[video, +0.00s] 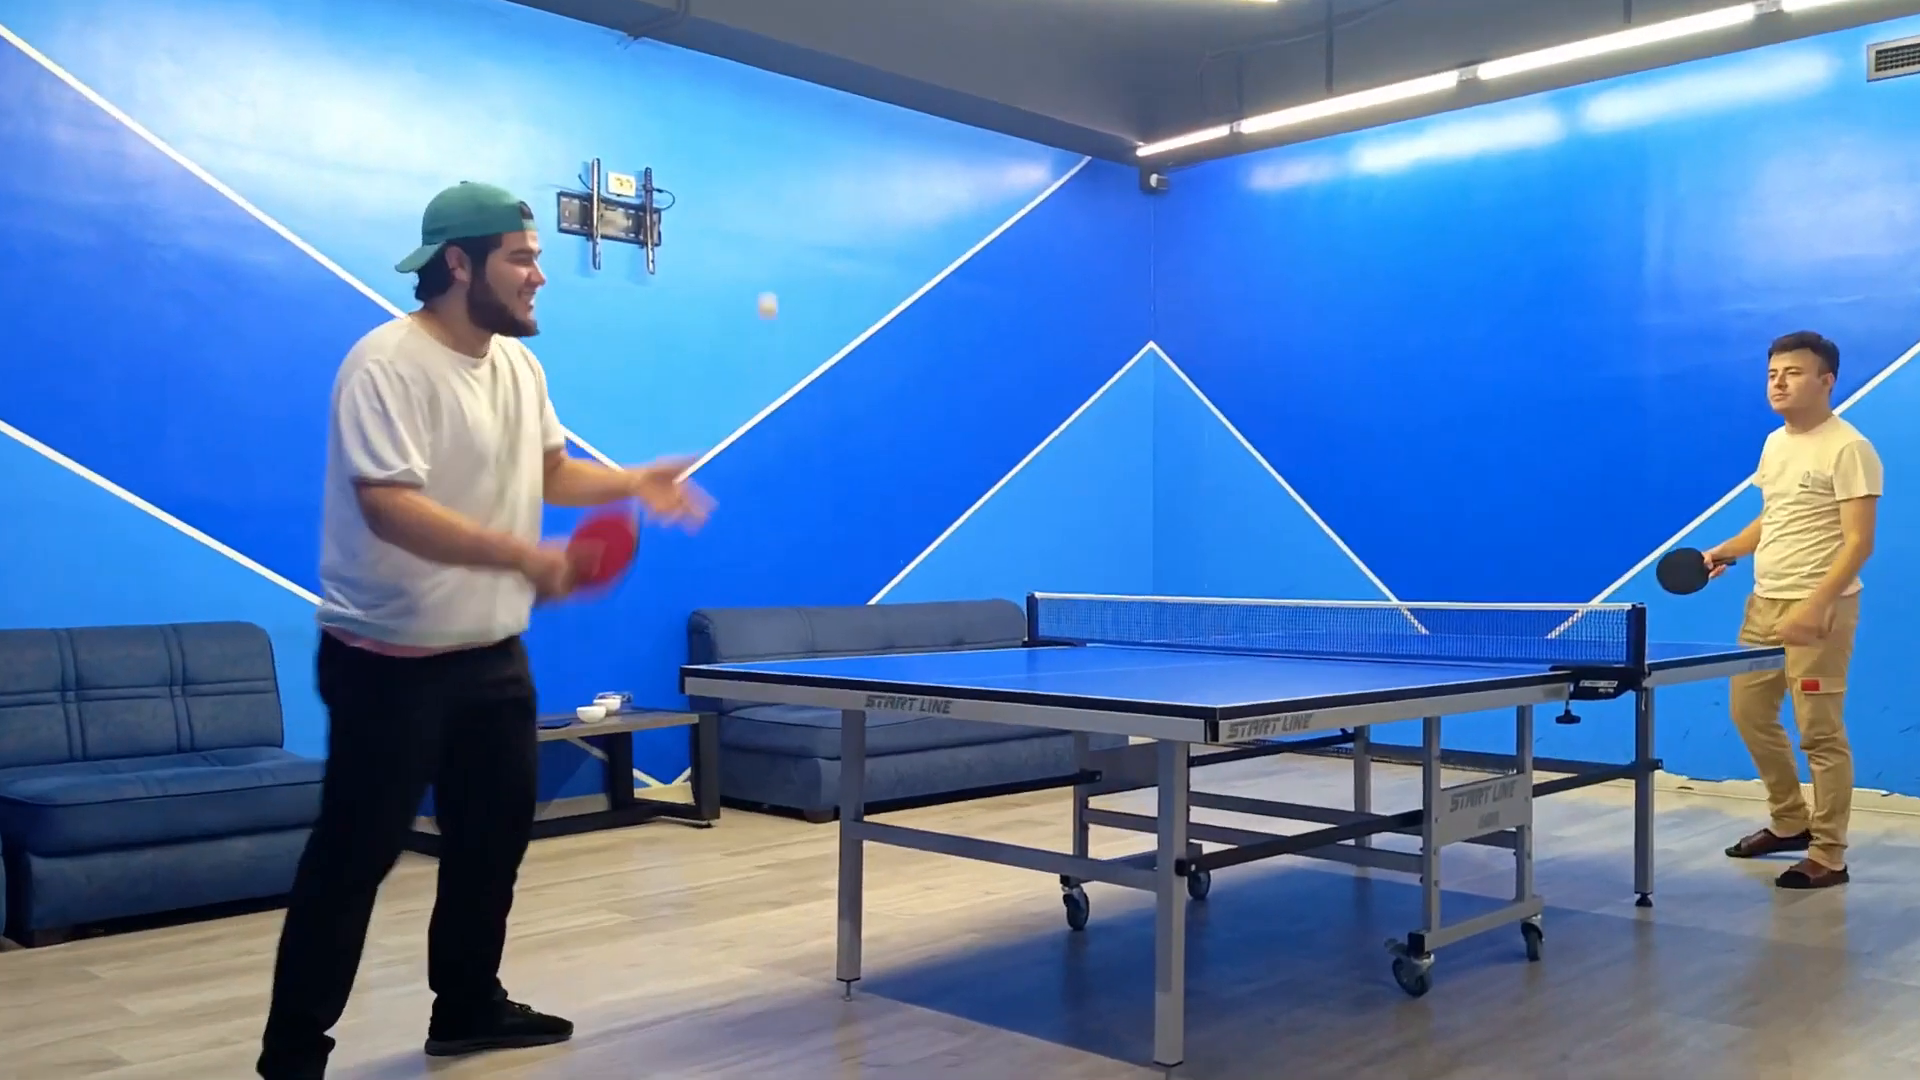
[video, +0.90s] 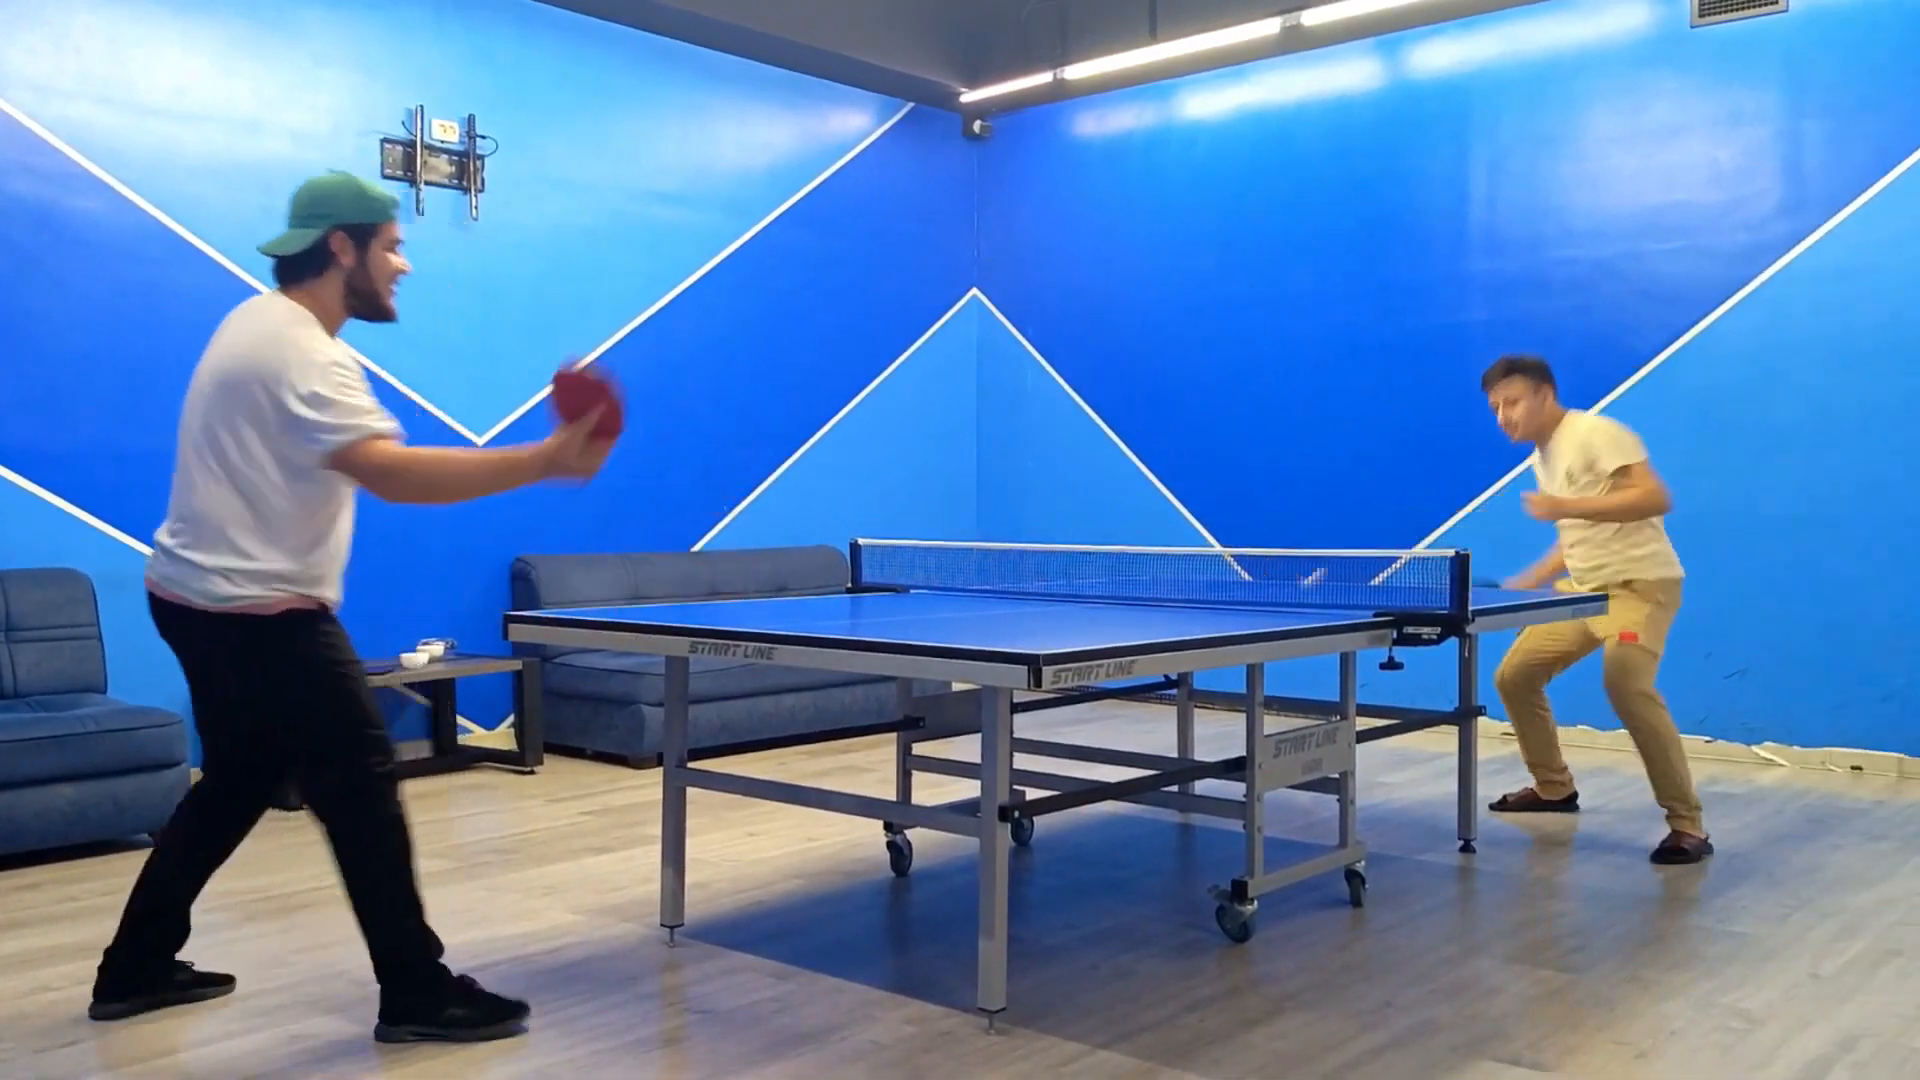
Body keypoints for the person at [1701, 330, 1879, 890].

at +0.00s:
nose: (1779, 382)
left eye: (1792, 373)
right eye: (1773, 374)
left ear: (1826, 382)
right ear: (1770, 383)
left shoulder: (1849, 448)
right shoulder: (1776, 443)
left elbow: (1860, 542)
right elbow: (1772, 519)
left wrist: (1816, 604)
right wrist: (1727, 550)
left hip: (1821, 609)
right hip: (1766, 604)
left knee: (1820, 732)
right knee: (1751, 712)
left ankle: (1828, 856)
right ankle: (1791, 823)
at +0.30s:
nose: (1733, 342)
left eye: (1746, 331)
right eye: (1727, 334)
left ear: (1781, 336)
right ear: (1724, 342)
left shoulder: (1808, 397)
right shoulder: (1742, 400)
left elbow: (1837, 486)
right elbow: (1747, 479)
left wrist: (1782, 551)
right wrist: (1692, 510)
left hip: (1801, 562)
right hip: (1745, 560)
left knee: (1806, 688)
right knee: (1728, 679)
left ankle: (1814, 808)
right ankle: (1725, 793)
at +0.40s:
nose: (1678, 339)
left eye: (1690, 327)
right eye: (1671, 330)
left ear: (1723, 331)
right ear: (1667, 337)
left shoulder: (1755, 386)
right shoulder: (1684, 398)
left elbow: (1808, 465)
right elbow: (1690, 477)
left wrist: (1777, 536)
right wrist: (1638, 506)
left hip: (1753, 554)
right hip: (1697, 555)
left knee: (1751, 678)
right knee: (1683, 671)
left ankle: (1776, 800)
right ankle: (1685, 787)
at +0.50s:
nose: (1581, 346)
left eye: (1593, 335)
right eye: (1574, 337)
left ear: (1626, 338)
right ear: (1570, 343)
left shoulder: (1665, 388)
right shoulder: (1585, 409)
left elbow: (1737, 449)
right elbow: (1588, 487)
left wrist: (1729, 530)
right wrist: (1540, 514)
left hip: (1669, 553)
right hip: (1611, 557)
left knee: (1657, 675)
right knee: (1590, 669)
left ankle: (1696, 798)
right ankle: (1603, 788)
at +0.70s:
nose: (1522, 355)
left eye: (1533, 344)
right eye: (1515, 347)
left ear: (1567, 344)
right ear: (1511, 353)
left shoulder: (1613, 384)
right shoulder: (1525, 416)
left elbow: (1695, 414)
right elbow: (1520, 491)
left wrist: (1683, 483)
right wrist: (1475, 514)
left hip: (1629, 554)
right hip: (1567, 561)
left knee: (1634, 679)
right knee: (1534, 666)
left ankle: (1671, 814)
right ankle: (1558, 788)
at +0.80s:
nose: (1514, 379)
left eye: (1524, 366)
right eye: (1506, 372)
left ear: (1557, 364)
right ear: (1504, 379)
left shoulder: (1609, 407)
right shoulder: (1524, 437)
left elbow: (1688, 455)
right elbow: (1536, 513)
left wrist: (1641, 496)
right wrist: (1484, 537)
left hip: (1638, 568)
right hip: (1577, 576)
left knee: (1641, 682)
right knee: (1521, 667)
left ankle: (1686, 824)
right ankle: (1553, 786)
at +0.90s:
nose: (1503, 417)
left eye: (1511, 403)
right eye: (1496, 409)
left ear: (1547, 395)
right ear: (1497, 413)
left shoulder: (1597, 431)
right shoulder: (1543, 460)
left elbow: (1656, 497)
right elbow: (1582, 533)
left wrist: (1566, 507)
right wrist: (1535, 575)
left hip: (1643, 582)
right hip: (1587, 589)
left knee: (1627, 685)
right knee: (1515, 678)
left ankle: (1688, 826)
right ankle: (1553, 787)